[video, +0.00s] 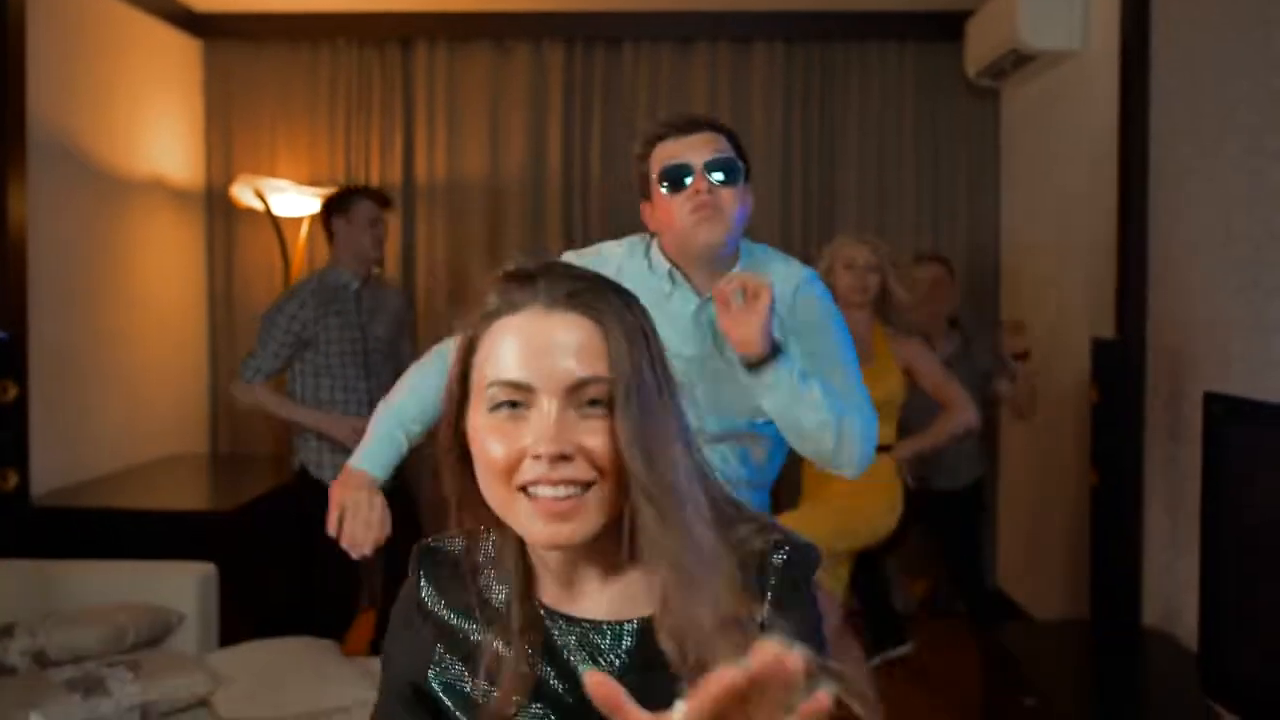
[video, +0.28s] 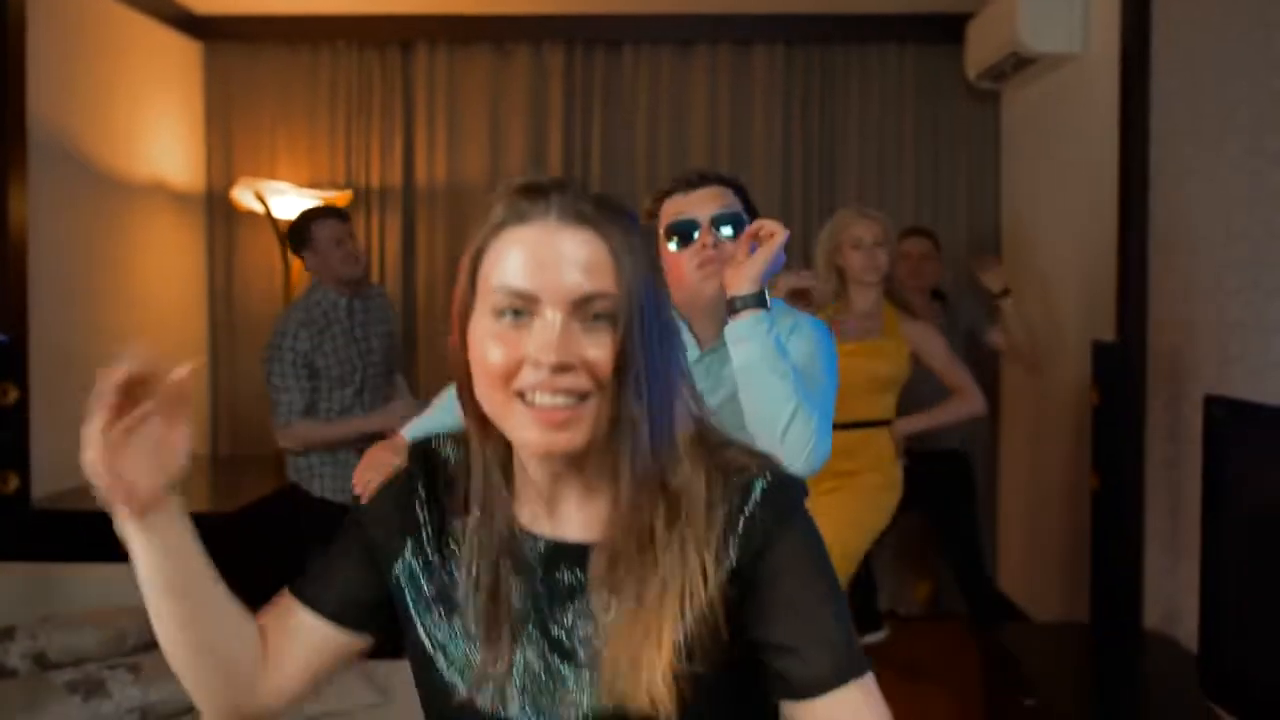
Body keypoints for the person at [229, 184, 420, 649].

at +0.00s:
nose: (381, 235)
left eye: (383, 225)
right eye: (371, 224)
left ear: (385, 231)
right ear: (336, 228)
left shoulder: (394, 301)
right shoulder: (306, 301)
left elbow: (409, 380)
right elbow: (246, 386)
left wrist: (393, 426)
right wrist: (328, 422)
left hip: (390, 473)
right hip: (324, 477)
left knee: (400, 594)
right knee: (331, 603)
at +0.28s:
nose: (354, 249)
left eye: (353, 238)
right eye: (338, 244)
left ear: (359, 241)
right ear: (309, 260)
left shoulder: (378, 305)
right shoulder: (296, 327)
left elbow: (393, 374)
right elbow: (290, 433)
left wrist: (410, 414)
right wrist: (381, 422)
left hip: (387, 482)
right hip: (326, 492)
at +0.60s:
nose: (335, 240)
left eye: (333, 228)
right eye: (319, 239)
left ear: (343, 225)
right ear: (300, 257)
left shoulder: (379, 280)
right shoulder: (302, 316)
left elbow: (392, 348)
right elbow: (335, 412)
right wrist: (401, 348)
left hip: (389, 445)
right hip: (333, 459)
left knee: (388, 577)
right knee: (328, 583)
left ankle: (368, 682)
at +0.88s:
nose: (355, 244)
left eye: (352, 232)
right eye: (339, 243)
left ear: (360, 231)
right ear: (320, 262)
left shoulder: (387, 287)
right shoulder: (324, 314)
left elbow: (407, 361)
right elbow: (346, 416)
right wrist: (411, 352)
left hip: (396, 469)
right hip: (348, 478)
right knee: (337, 601)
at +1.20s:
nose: (402, 259)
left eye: (404, 247)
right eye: (388, 251)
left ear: (409, 248)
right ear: (359, 261)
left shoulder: (393, 313)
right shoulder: (351, 317)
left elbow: (389, 396)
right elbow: (323, 421)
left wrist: (425, 403)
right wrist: (403, 415)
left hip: (385, 478)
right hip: (353, 483)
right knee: (353, 606)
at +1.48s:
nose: (420, 243)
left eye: (423, 236)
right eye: (411, 233)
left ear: (420, 242)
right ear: (379, 233)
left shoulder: (398, 298)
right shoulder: (355, 296)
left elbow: (393, 379)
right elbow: (303, 378)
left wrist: (424, 401)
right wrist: (378, 407)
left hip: (389, 462)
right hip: (355, 467)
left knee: (386, 579)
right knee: (357, 583)